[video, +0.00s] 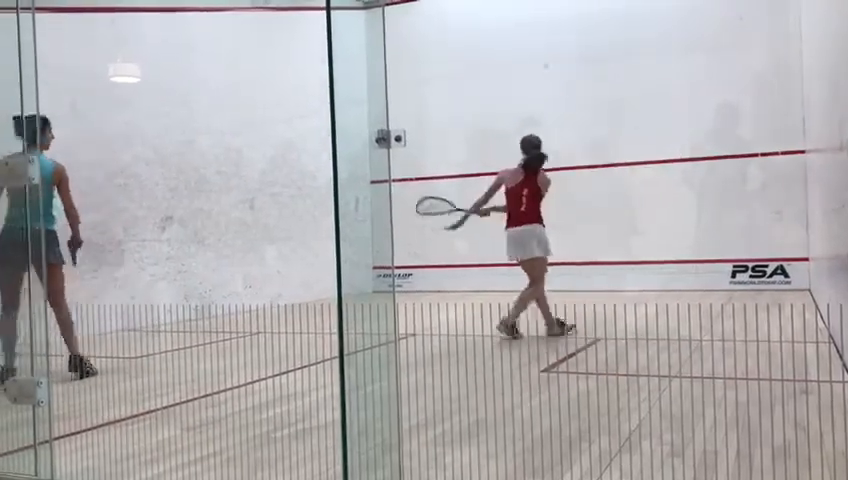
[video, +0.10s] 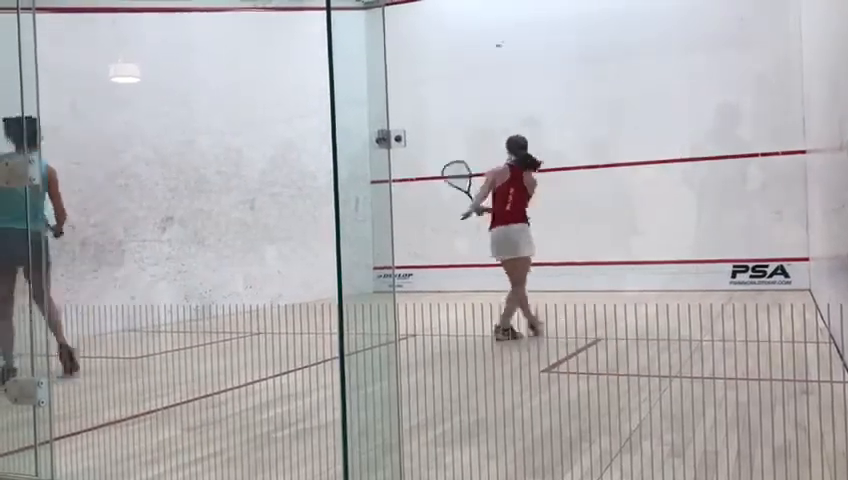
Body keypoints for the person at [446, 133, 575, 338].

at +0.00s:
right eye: (537, 149)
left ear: (521, 152)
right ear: (540, 152)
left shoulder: (507, 175)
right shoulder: (543, 178)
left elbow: (484, 199)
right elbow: (521, 204)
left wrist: (468, 213)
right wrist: (491, 210)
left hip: (513, 232)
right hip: (533, 230)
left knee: (536, 281)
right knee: (537, 282)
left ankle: (551, 323)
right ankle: (509, 320)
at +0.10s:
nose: (511, 155)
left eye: (509, 150)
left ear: (507, 151)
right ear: (526, 151)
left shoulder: (496, 173)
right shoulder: (529, 177)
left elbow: (481, 196)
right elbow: (517, 204)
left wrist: (474, 208)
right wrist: (486, 210)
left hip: (499, 231)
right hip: (520, 228)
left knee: (517, 283)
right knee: (518, 283)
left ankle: (531, 320)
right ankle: (504, 325)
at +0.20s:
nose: (491, 152)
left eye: (492, 148)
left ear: (492, 149)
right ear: (511, 148)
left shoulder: (481, 167)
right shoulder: (516, 174)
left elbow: (482, 188)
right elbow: (514, 208)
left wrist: (485, 204)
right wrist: (480, 215)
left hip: (486, 226)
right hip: (508, 226)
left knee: (491, 277)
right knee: (508, 281)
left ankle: (500, 321)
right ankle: (501, 326)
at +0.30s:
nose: (475, 150)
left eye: (476, 147)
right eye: (479, 146)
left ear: (477, 148)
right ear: (494, 147)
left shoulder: (469, 167)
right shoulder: (501, 173)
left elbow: (469, 190)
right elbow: (507, 208)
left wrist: (472, 212)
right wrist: (490, 217)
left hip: (472, 225)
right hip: (495, 224)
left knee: (465, 278)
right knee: (501, 279)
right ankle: (502, 325)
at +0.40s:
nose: (456, 154)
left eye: (457, 151)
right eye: (458, 151)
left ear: (459, 153)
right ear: (477, 153)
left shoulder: (452, 173)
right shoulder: (484, 176)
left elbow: (450, 203)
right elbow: (495, 210)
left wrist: (446, 229)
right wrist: (482, 224)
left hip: (456, 231)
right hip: (480, 230)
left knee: (441, 283)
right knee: (495, 280)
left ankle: (426, 328)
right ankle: (501, 326)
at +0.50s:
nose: (438, 155)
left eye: (439, 153)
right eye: (442, 153)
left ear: (441, 155)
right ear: (459, 157)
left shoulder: (432, 175)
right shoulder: (466, 178)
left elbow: (426, 209)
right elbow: (480, 212)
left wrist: (417, 235)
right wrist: (467, 229)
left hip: (436, 233)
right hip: (461, 232)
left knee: (426, 285)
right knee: (480, 284)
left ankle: (418, 332)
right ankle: (497, 326)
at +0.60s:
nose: (421, 153)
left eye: (422, 150)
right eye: (423, 150)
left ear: (426, 152)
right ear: (443, 153)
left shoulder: (416, 170)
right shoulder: (451, 175)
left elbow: (407, 203)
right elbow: (465, 209)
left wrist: (396, 222)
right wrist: (452, 228)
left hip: (423, 229)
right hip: (446, 228)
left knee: (418, 284)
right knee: (463, 282)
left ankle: (418, 332)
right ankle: (477, 327)